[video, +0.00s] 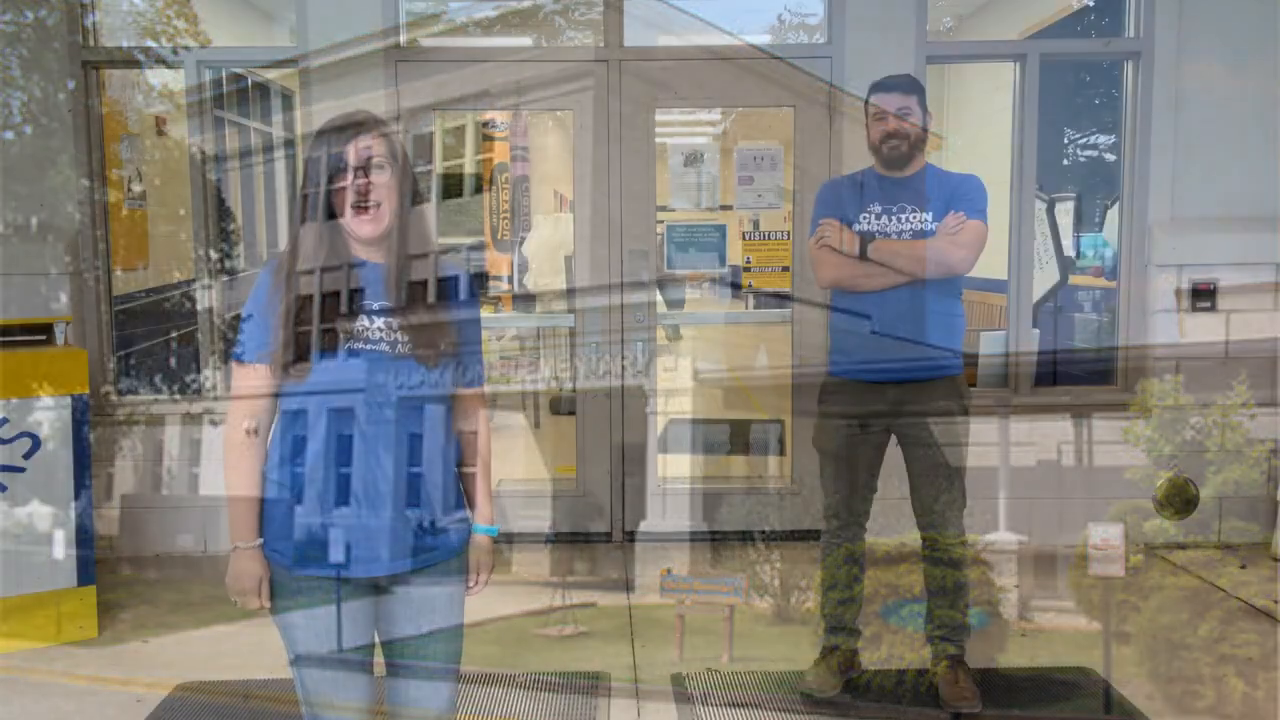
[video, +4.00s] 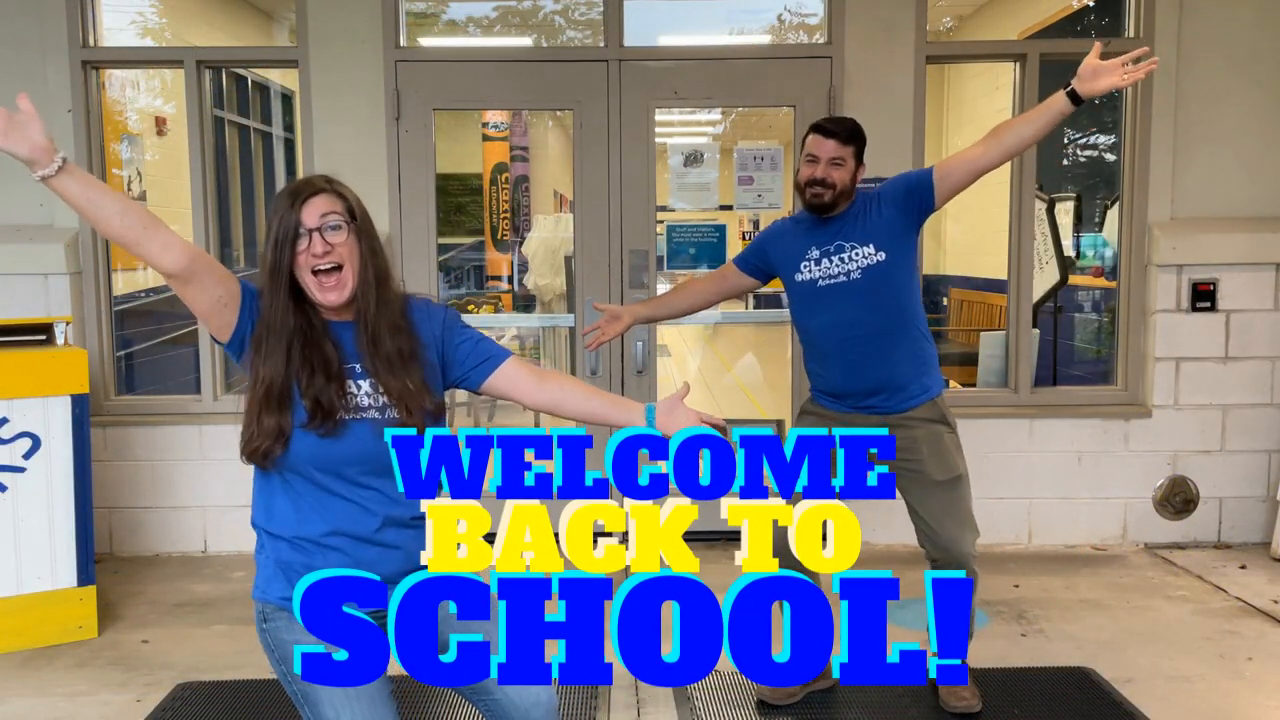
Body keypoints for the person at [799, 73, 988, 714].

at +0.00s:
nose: (889, 126)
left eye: (902, 116)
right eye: (879, 117)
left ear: (925, 126)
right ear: (866, 127)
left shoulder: (961, 188)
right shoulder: (838, 193)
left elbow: (955, 261)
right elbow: (827, 272)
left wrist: (859, 242)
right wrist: (927, 261)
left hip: (933, 378)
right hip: (852, 379)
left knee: (944, 527)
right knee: (841, 524)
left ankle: (950, 660)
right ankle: (838, 652)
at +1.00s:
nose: (892, 126)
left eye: (904, 115)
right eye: (881, 118)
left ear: (927, 122)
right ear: (869, 128)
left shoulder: (962, 188)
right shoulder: (840, 194)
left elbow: (958, 260)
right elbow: (830, 273)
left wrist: (863, 243)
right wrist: (928, 259)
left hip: (936, 385)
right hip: (853, 385)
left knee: (946, 531)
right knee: (841, 526)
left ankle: (950, 658)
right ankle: (836, 654)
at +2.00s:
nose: (908, 129)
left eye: (921, 118)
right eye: (897, 120)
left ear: (945, 124)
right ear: (885, 130)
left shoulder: (984, 189)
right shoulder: (856, 193)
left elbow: (992, 273)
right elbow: (847, 277)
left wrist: (890, 255)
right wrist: (953, 260)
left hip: (953, 388)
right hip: (869, 387)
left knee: (959, 535)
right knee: (843, 529)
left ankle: (952, 666)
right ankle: (829, 653)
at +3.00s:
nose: (806, 201)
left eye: (822, 191)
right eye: (796, 189)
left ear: (846, 196)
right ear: (784, 194)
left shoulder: (886, 220)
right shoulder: (773, 259)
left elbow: (983, 181)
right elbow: (718, 290)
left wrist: (1069, 128)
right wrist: (647, 298)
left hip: (918, 429)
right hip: (836, 433)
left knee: (964, 562)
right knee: (798, 549)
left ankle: (954, 666)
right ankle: (808, 661)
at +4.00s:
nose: (819, 170)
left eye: (835, 162)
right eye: (811, 159)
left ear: (857, 169)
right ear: (798, 166)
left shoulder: (897, 201)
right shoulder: (781, 239)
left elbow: (990, 150)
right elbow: (712, 288)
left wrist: (1075, 91)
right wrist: (635, 312)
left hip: (915, 415)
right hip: (830, 417)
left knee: (953, 549)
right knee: (802, 545)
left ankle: (951, 666)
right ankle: (806, 662)